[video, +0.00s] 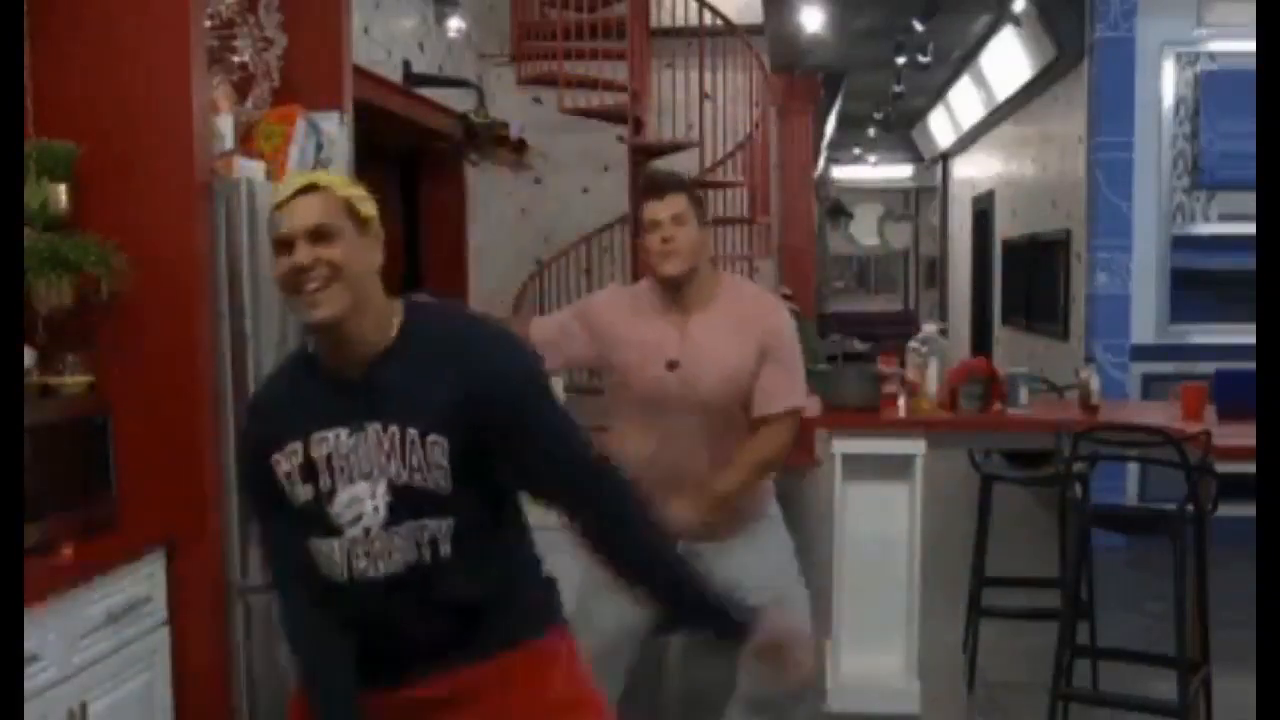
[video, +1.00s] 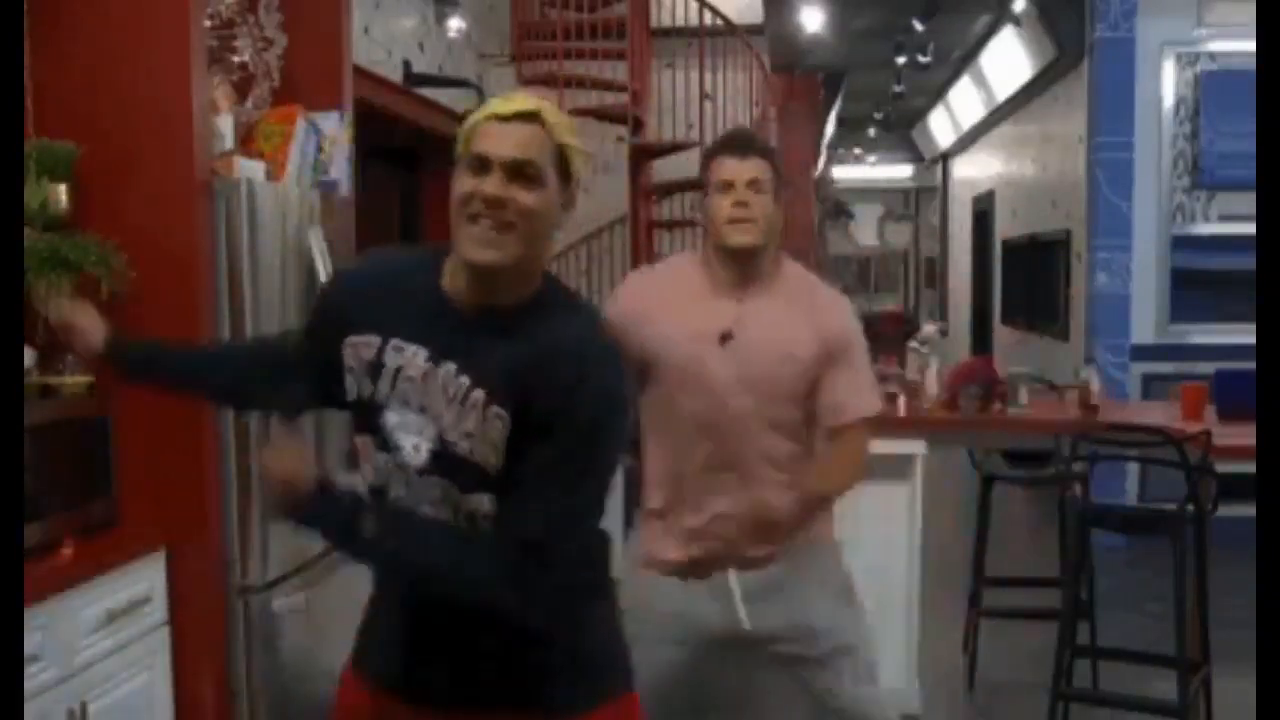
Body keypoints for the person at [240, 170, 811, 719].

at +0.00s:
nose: (301, 261)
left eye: (321, 238)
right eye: (284, 248)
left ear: (374, 244)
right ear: (274, 270)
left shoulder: (475, 356)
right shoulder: (270, 418)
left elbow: (592, 494)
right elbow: (302, 601)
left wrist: (729, 620)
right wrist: (335, 707)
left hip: (511, 674)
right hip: (365, 693)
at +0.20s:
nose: (378, 185)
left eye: (396, 160)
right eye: (360, 180)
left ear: (452, 172)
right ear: (357, 212)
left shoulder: (561, 260)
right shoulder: (358, 342)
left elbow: (711, 339)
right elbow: (403, 509)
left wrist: (890, 373)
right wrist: (528, 483)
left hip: (604, 610)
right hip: (451, 627)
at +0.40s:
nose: (372, 200)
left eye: (397, 178)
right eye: (349, 185)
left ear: (446, 199)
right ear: (324, 219)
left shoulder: (550, 292)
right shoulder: (322, 396)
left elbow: (720, 360)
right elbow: (373, 572)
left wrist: (917, 388)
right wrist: (484, 475)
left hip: (596, 675)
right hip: (442, 695)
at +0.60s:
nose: (454, 210)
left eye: (480, 188)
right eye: (431, 191)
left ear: (525, 207)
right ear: (408, 216)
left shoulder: (608, 340)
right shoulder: (373, 372)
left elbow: (743, 493)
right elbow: (420, 556)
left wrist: (912, 651)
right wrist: (545, 665)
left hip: (640, 670)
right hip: (479, 673)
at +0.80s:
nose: (550, 204)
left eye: (580, 186)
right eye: (532, 181)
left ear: (617, 210)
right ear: (505, 197)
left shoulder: (658, 375)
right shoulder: (431, 334)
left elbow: (644, 593)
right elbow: (392, 500)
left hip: (619, 678)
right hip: (472, 664)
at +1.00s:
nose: (493, 192)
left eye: (523, 177)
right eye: (478, 168)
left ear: (565, 203)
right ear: (452, 182)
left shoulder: (582, 363)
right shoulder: (374, 292)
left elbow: (528, 574)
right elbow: (294, 373)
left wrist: (327, 505)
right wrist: (117, 352)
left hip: (551, 683)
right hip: (400, 665)